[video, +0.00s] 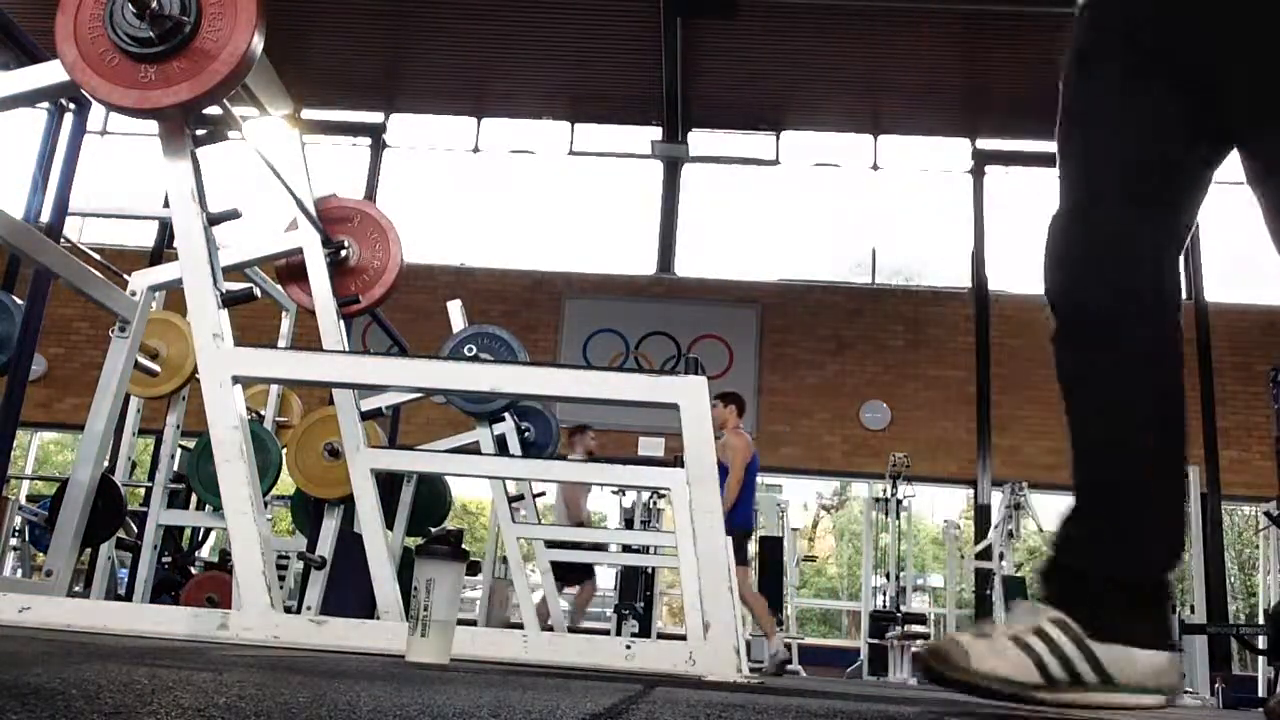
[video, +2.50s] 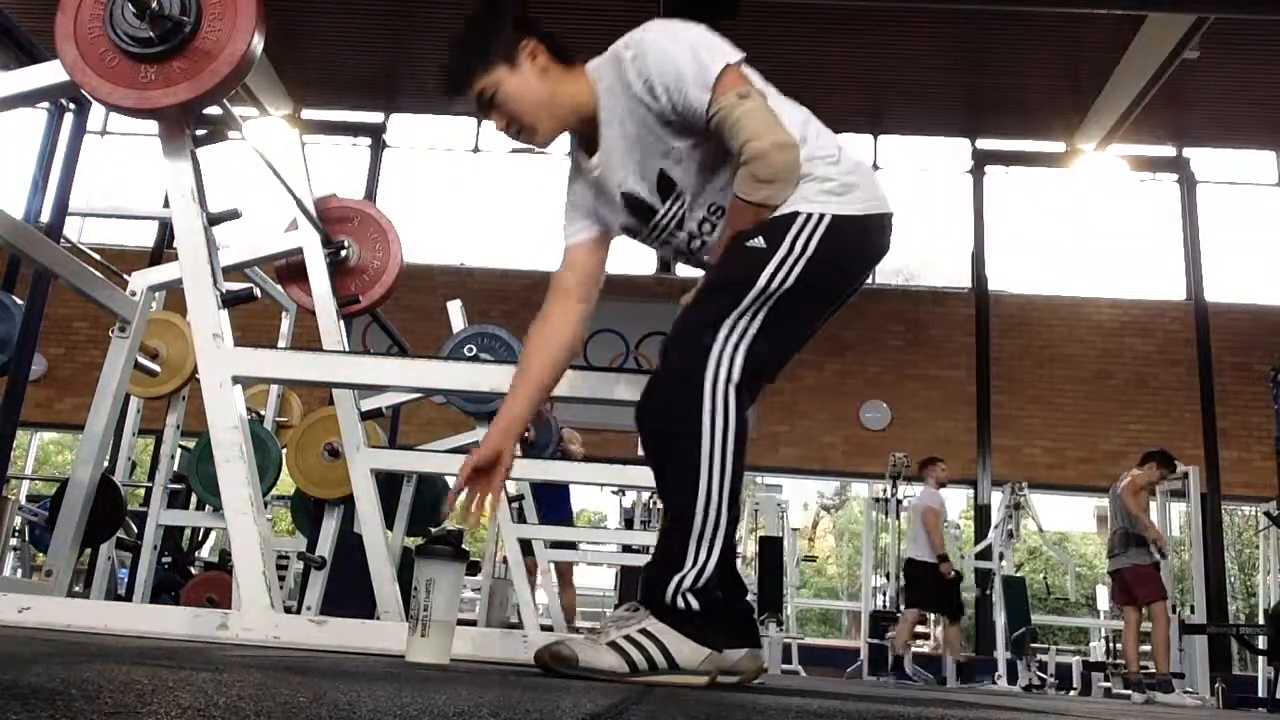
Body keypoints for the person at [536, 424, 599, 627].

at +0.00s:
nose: (595, 443)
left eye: (594, 438)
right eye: (591, 438)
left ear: (577, 440)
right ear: (576, 439)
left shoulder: (576, 466)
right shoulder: (574, 466)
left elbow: (576, 504)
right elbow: (574, 504)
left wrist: (585, 528)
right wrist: (588, 533)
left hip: (565, 532)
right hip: (570, 533)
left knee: (555, 587)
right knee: (588, 585)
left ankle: (534, 628)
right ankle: (573, 627)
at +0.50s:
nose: (667, 427)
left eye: (673, 423)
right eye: (666, 423)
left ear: (683, 425)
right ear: (663, 425)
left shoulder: (692, 447)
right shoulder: (653, 442)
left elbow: (720, 477)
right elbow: (625, 457)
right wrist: (590, 454)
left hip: (684, 521)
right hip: (657, 518)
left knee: (682, 581)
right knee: (638, 572)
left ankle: (693, 633)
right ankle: (620, 623)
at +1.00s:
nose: (590, 407)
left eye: (596, 403)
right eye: (591, 403)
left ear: (612, 406)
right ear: (601, 409)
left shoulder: (638, 432)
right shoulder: (586, 439)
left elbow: (660, 469)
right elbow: (559, 463)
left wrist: (653, 498)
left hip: (634, 516)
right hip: (602, 516)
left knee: (631, 577)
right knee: (597, 579)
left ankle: (638, 630)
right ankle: (595, 639)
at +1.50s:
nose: (595, 412)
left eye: (600, 407)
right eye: (594, 408)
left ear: (616, 410)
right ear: (595, 411)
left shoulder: (635, 441)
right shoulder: (586, 436)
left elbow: (648, 479)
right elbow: (559, 457)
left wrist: (629, 498)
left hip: (616, 520)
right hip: (586, 517)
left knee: (611, 580)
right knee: (583, 577)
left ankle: (605, 636)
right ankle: (589, 634)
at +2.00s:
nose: (579, 412)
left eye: (585, 407)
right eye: (579, 407)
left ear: (600, 411)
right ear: (579, 412)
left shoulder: (615, 442)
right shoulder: (567, 438)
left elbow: (622, 481)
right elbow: (549, 467)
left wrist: (593, 462)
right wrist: (563, 458)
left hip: (599, 519)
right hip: (569, 515)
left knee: (604, 579)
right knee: (552, 573)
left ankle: (606, 635)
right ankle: (530, 625)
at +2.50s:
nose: (543, 408)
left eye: (547, 402)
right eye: (539, 401)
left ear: (552, 407)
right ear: (530, 406)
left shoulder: (565, 433)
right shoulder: (523, 433)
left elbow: (578, 453)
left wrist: (567, 448)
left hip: (558, 509)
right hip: (526, 511)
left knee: (565, 573)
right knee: (528, 572)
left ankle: (570, 627)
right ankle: (526, 625)